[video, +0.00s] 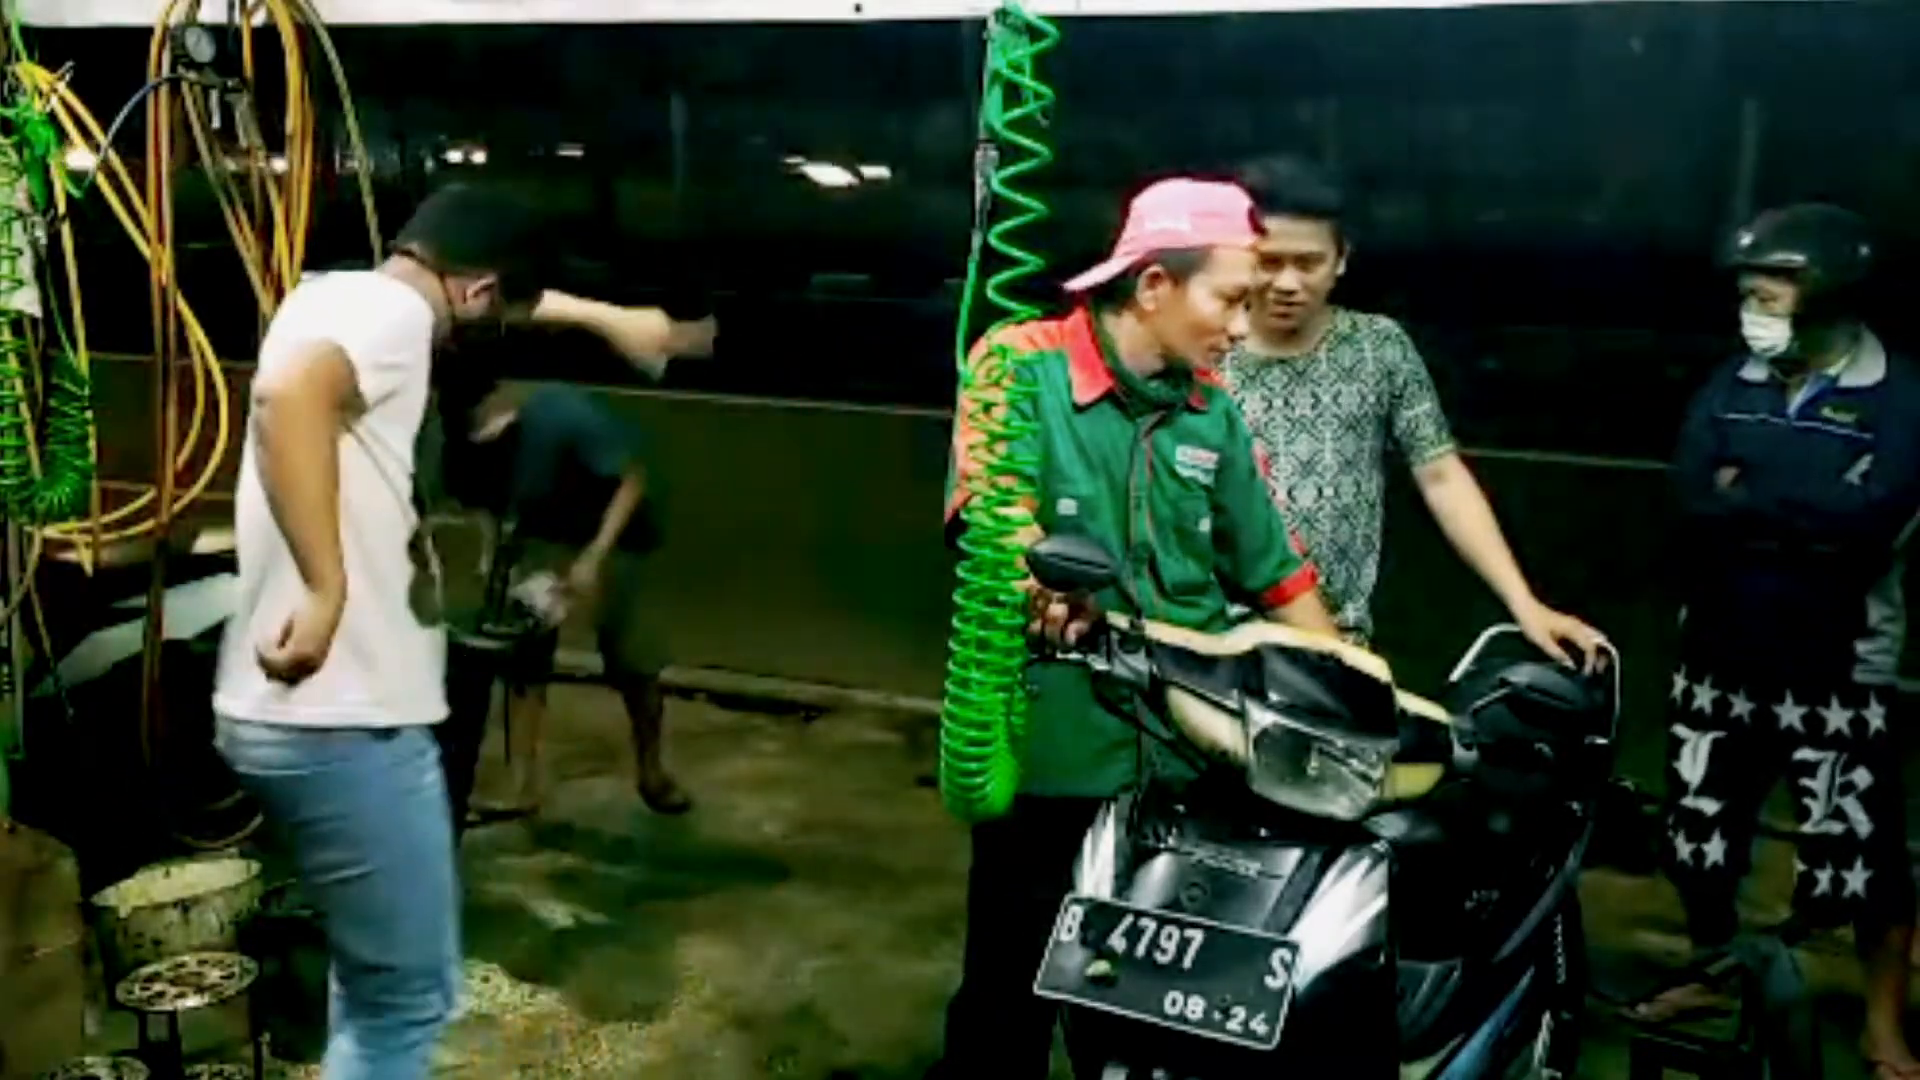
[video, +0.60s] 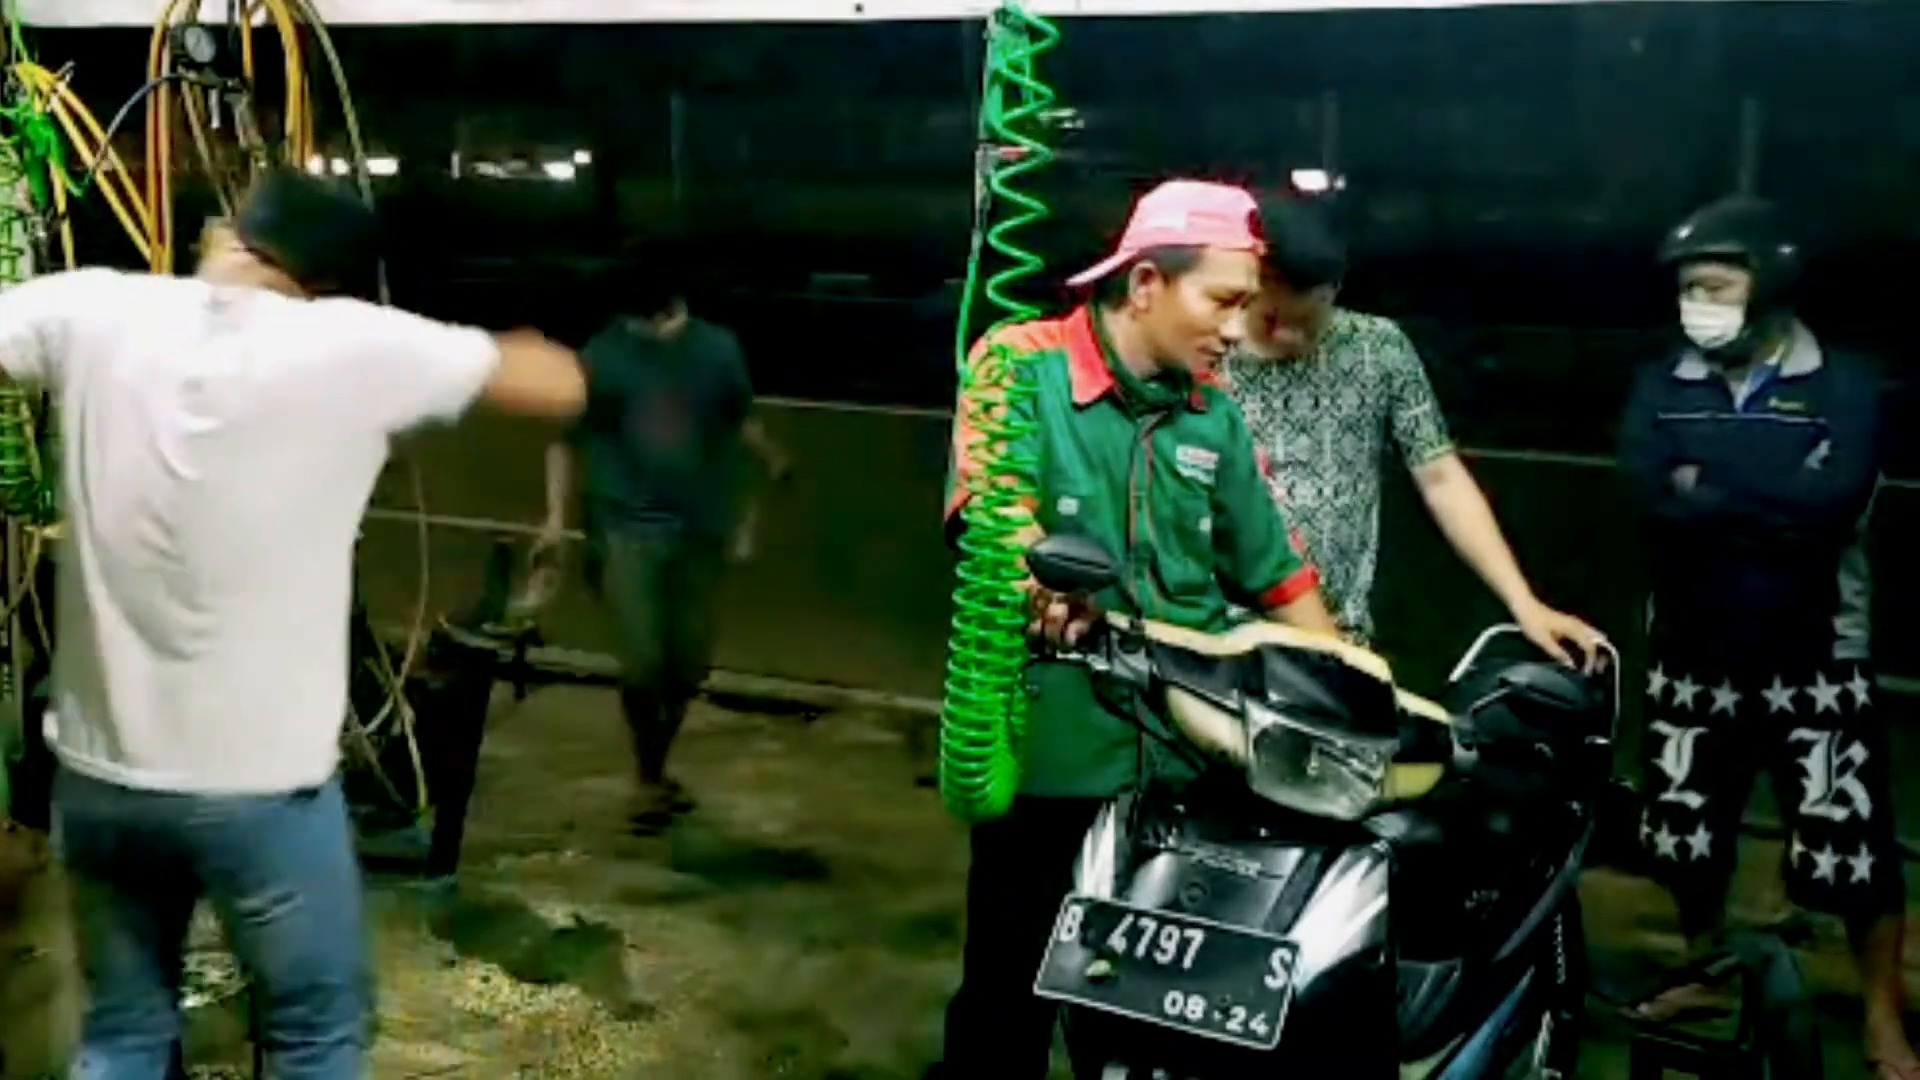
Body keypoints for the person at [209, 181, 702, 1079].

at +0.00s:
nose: (489, 311)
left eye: (498, 296)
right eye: (500, 293)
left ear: (415, 244)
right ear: (475, 281)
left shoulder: (345, 298)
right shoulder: (388, 306)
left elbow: (482, 282)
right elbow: (291, 395)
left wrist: (603, 316)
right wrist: (325, 588)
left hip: (325, 724)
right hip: (344, 728)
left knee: (376, 996)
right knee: (406, 1004)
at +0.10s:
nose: (494, 328)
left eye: (508, 311)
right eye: (502, 310)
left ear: (420, 252)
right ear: (474, 293)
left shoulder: (315, 305)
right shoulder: (382, 314)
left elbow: (485, 316)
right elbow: (298, 412)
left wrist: (583, 360)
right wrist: (338, 611)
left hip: (291, 731)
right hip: (328, 741)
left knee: (385, 994)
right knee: (391, 1013)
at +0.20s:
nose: (463, 357)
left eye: (471, 345)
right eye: (472, 344)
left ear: (385, 278)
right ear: (456, 333)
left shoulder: (262, 337)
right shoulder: (384, 384)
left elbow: (398, 459)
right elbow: (335, 570)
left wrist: (513, 516)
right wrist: (412, 719)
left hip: (211, 747)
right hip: (305, 775)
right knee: (404, 1025)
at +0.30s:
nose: (447, 387)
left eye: (453, 371)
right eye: (454, 374)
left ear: (350, 305)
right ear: (433, 369)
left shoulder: (187, 395)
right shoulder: (375, 456)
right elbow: (398, 666)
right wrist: (513, 695)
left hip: (187, 783)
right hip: (310, 806)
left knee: (343, 961)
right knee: (424, 1038)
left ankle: (276, 1070)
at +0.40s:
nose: (406, 371)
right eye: (412, 361)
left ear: (309, 284)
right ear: (401, 354)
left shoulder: (147, 370)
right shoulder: (383, 425)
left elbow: (37, 547)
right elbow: (490, 610)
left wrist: (20, 666)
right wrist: (538, 538)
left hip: (164, 787)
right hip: (306, 807)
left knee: (281, 981)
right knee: (396, 1026)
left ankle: (207, 1067)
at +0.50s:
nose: (388, 341)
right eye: (393, 327)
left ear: (279, 258)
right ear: (375, 318)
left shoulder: (121, 338)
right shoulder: (380, 381)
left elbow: (9, 446)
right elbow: (537, 519)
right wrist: (528, 425)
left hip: (143, 767)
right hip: (291, 788)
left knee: (204, 1008)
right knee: (352, 1030)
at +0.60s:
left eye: (228, 225)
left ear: (233, 240)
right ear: (335, 282)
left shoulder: (92, 310)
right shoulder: (359, 344)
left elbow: (1, 326)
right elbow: (560, 383)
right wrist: (449, 347)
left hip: (102, 784)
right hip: (267, 795)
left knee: (123, 1031)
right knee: (314, 1037)